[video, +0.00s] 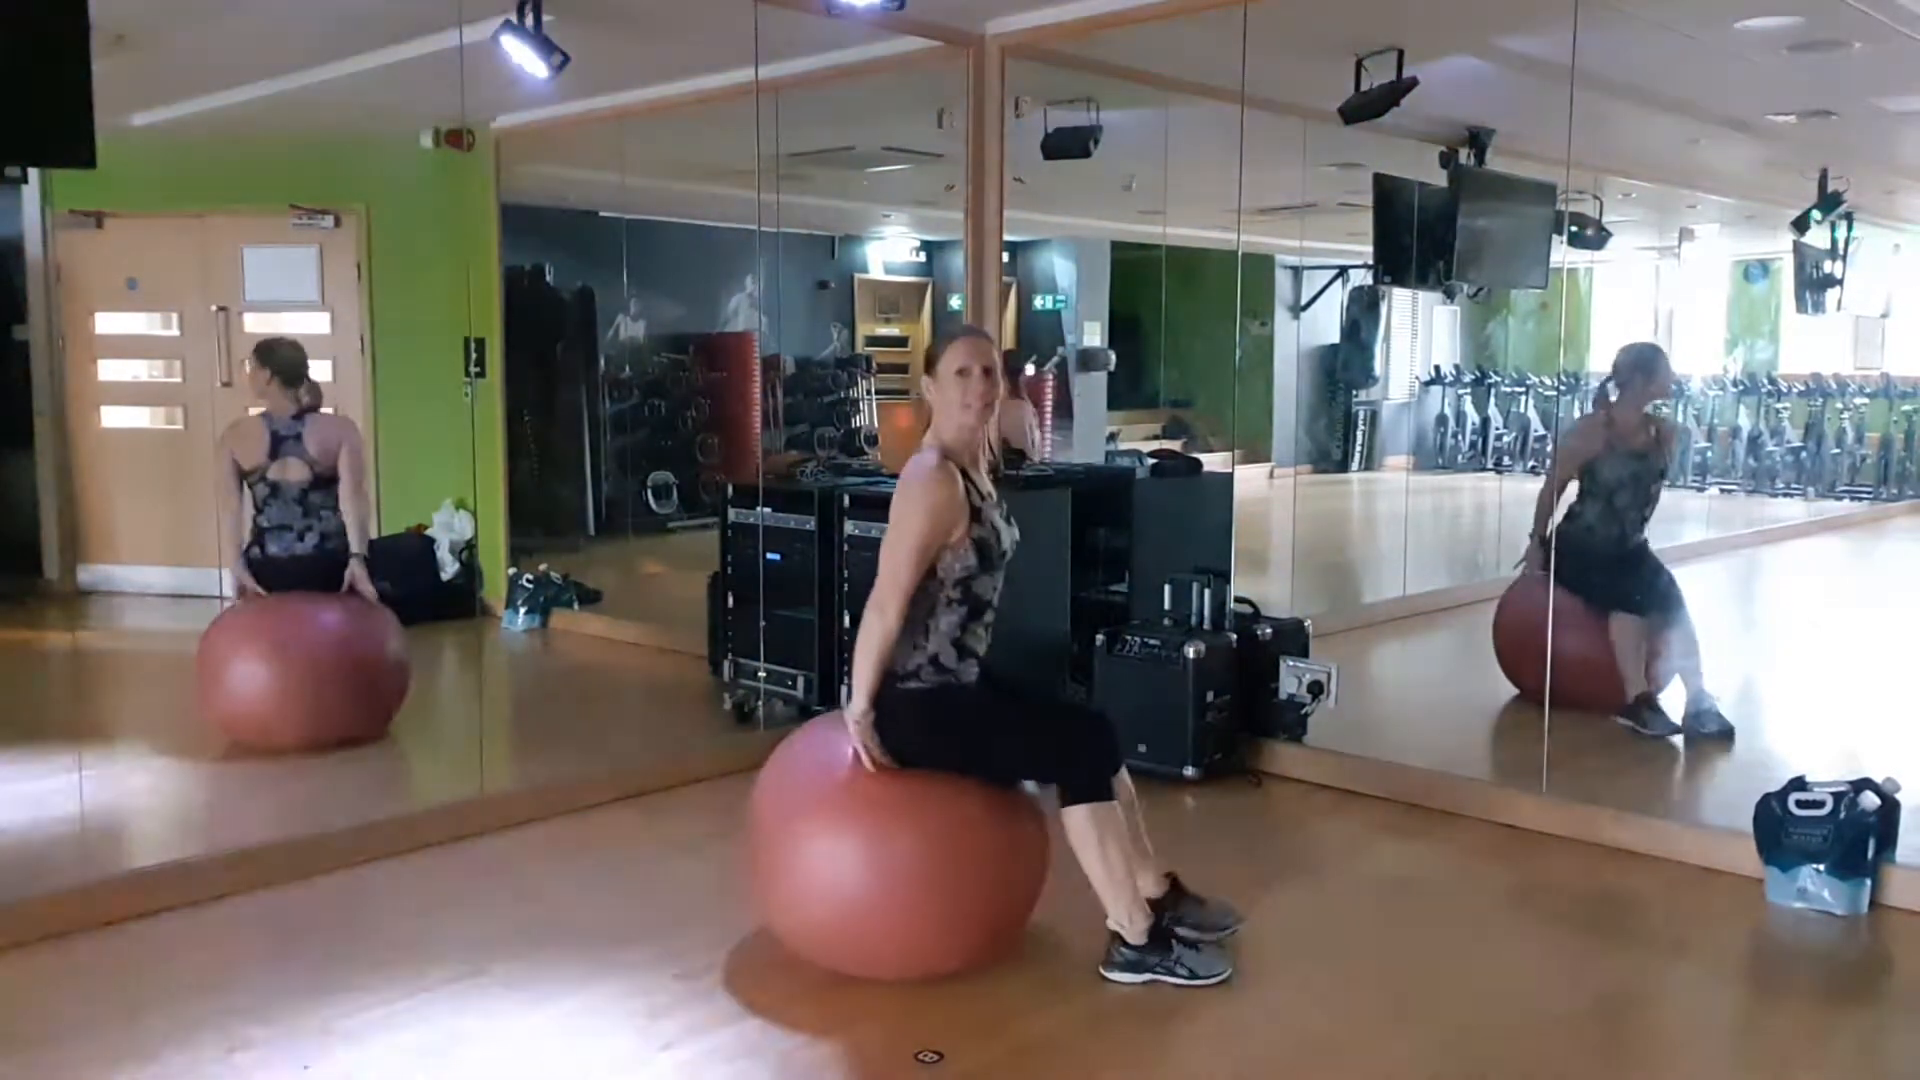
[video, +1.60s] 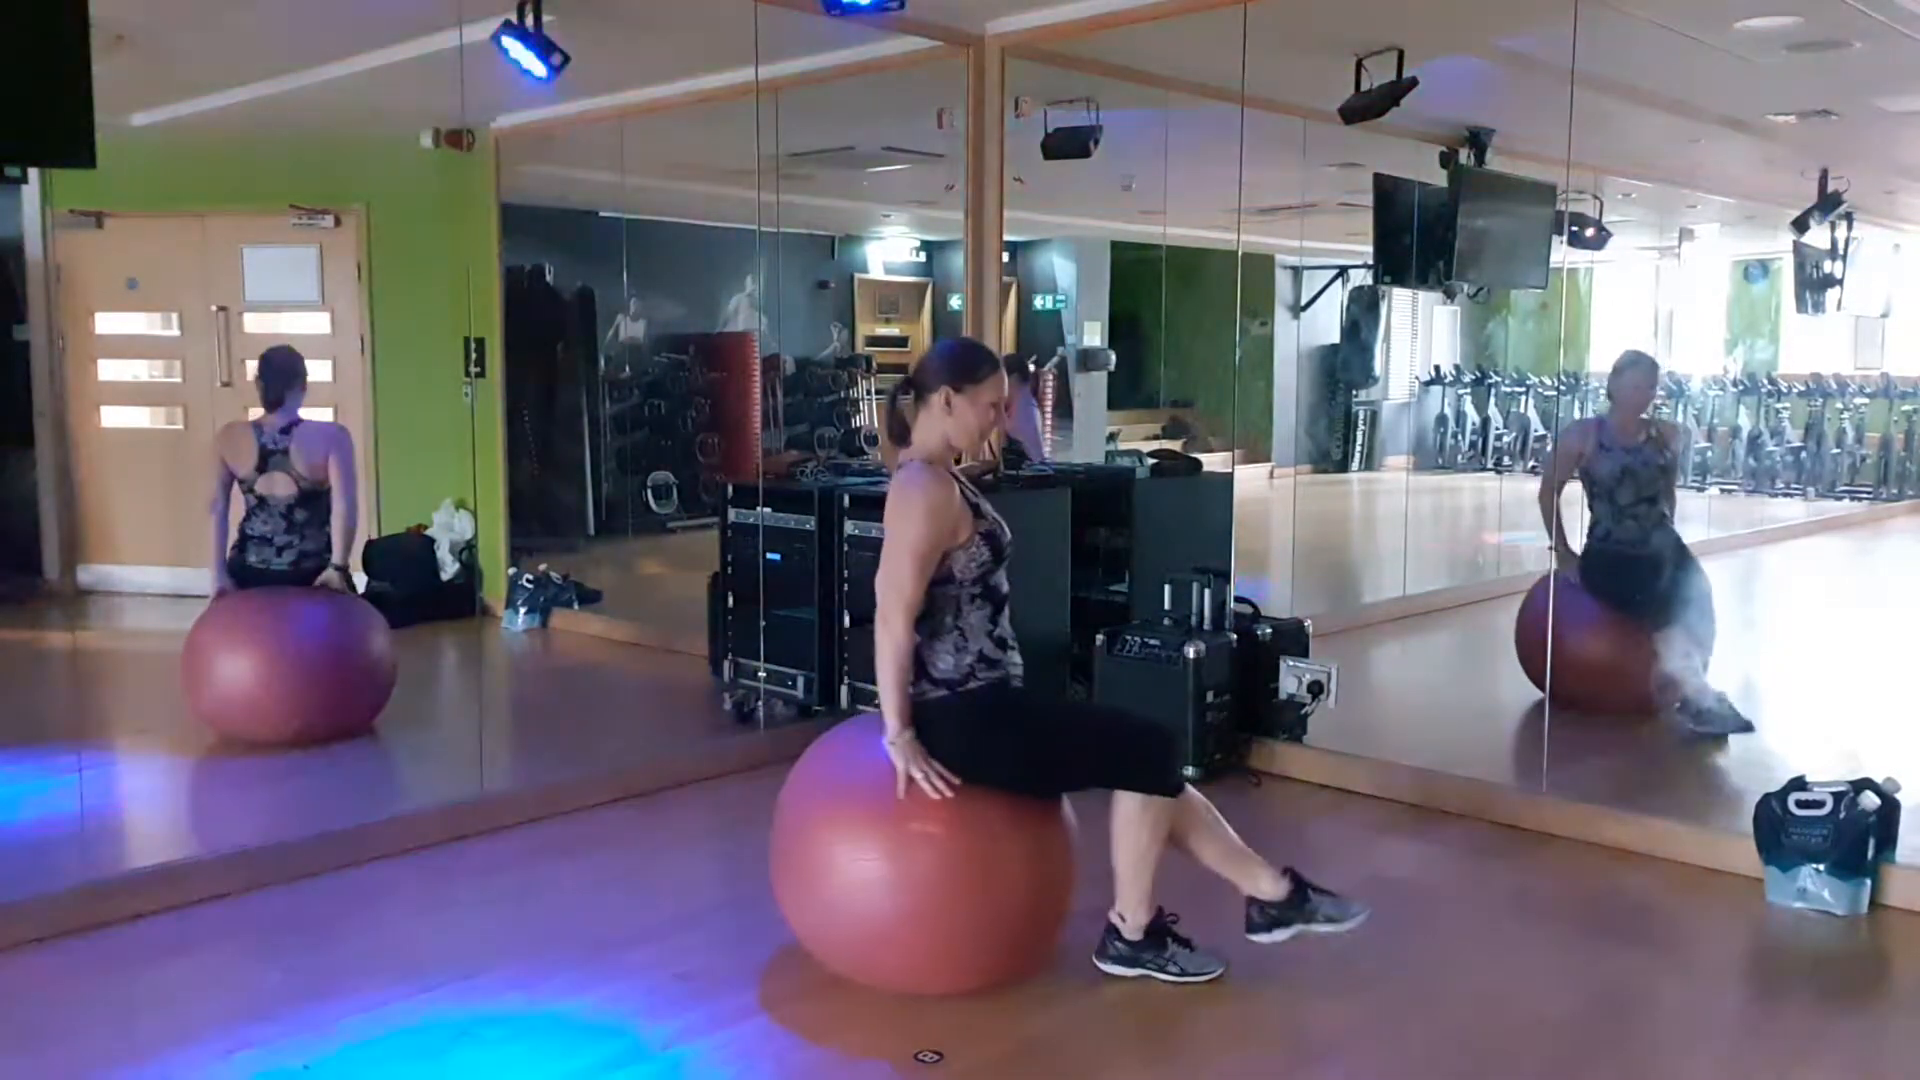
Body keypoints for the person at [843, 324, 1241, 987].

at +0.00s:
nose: (981, 387)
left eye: (990, 374)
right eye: (962, 373)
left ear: (1000, 389)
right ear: (930, 388)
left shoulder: (975, 463)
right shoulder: (932, 480)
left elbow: (1021, 423)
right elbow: (888, 599)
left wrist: (994, 401)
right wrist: (859, 707)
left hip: (958, 687)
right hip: (915, 705)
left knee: (1094, 732)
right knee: (1077, 747)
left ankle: (1157, 893)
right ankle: (1132, 936)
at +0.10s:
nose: (993, 386)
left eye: (1001, 373)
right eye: (978, 371)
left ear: (1005, 380)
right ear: (937, 375)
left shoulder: (971, 454)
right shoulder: (927, 466)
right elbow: (880, 589)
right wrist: (852, 698)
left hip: (946, 679)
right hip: (903, 694)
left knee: (1078, 731)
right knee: (1058, 749)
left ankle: (1153, 894)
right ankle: (1130, 934)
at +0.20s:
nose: (1006, 402)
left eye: (1012, 388)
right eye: (999, 385)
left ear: (983, 384)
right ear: (952, 374)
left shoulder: (967, 462)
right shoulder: (925, 466)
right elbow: (880, 590)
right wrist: (852, 701)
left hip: (938, 683)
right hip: (898, 695)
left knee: (1070, 735)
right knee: (1056, 750)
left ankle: (1146, 899)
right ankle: (1127, 930)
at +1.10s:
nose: (1026, 437)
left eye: (1030, 422)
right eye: (1023, 419)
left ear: (980, 404)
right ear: (981, 404)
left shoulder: (952, 481)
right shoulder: (930, 492)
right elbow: (868, 604)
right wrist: (818, 707)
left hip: (912, 697)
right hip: (886, 712)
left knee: (1051, 740)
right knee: (1047, 757)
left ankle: (1117, 912)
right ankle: (1122, 929)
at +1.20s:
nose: (1016, 430)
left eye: (1020, 416)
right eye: (1011, 413)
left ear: (965, 403)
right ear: (968, 401)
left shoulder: (949, 477)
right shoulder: (923, 490)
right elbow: (867, 603)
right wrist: (830, 715)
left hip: (927, 700)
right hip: (895, 717)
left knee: (1077, 730)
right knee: (1069, 741)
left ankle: (1138, 908)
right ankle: (1121, 933)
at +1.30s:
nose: (1007, 428)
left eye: (1011, 412)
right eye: (1001, 410)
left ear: (958, 398)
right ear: (956, 396)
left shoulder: (940, 476)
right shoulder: (916, 486)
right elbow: (869, 609)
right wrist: (846, 720)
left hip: (944, 700)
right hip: (914, 715)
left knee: (1096, 735)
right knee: (1088, 745)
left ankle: (1177, 897)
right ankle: (1125, 935)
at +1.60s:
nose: (998, 425)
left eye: (1001, 410)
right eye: (991, 408)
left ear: (951, 403)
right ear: (946, 400)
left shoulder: (943, 483)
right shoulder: (923, 489)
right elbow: (893, 615)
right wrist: (899, 733)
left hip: (987, 704)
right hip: (960, 716)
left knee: (1146, 763)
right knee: (1144, 749)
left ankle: (1273, 891)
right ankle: (1133, 931)